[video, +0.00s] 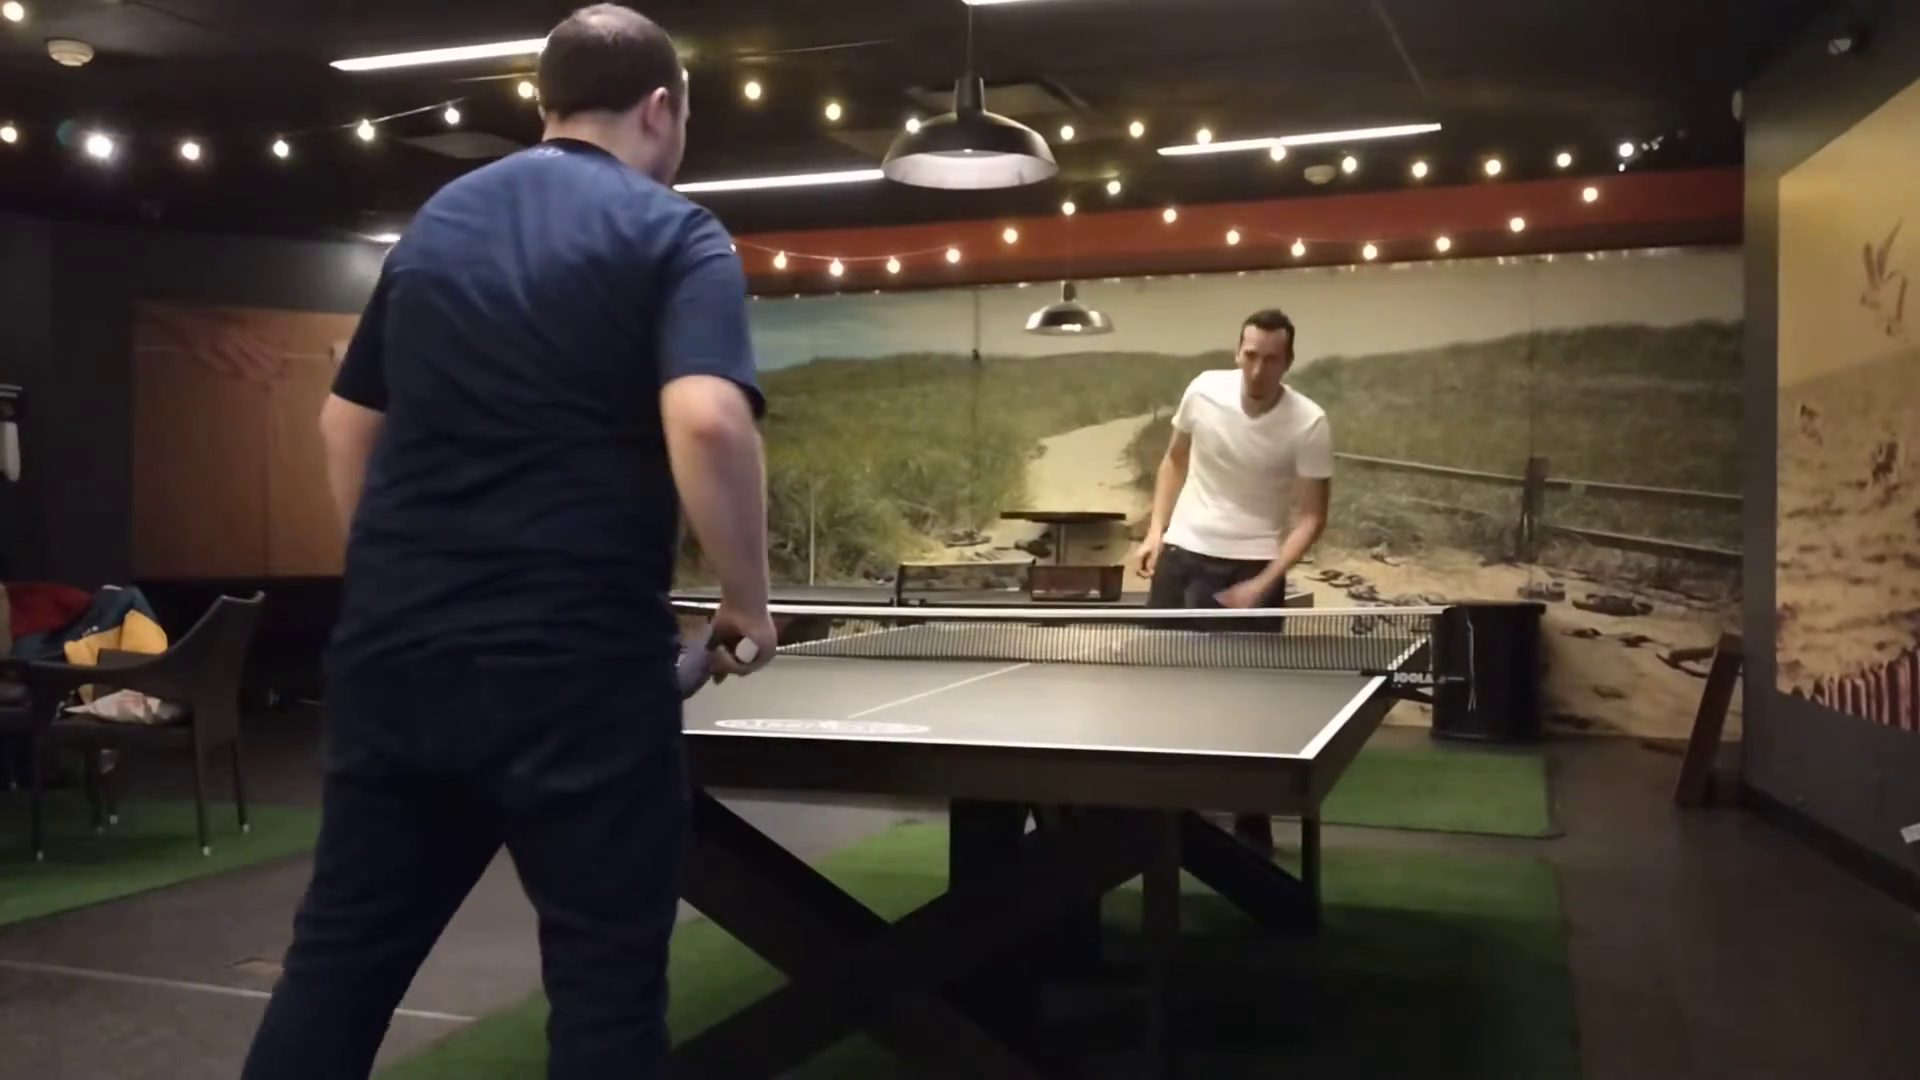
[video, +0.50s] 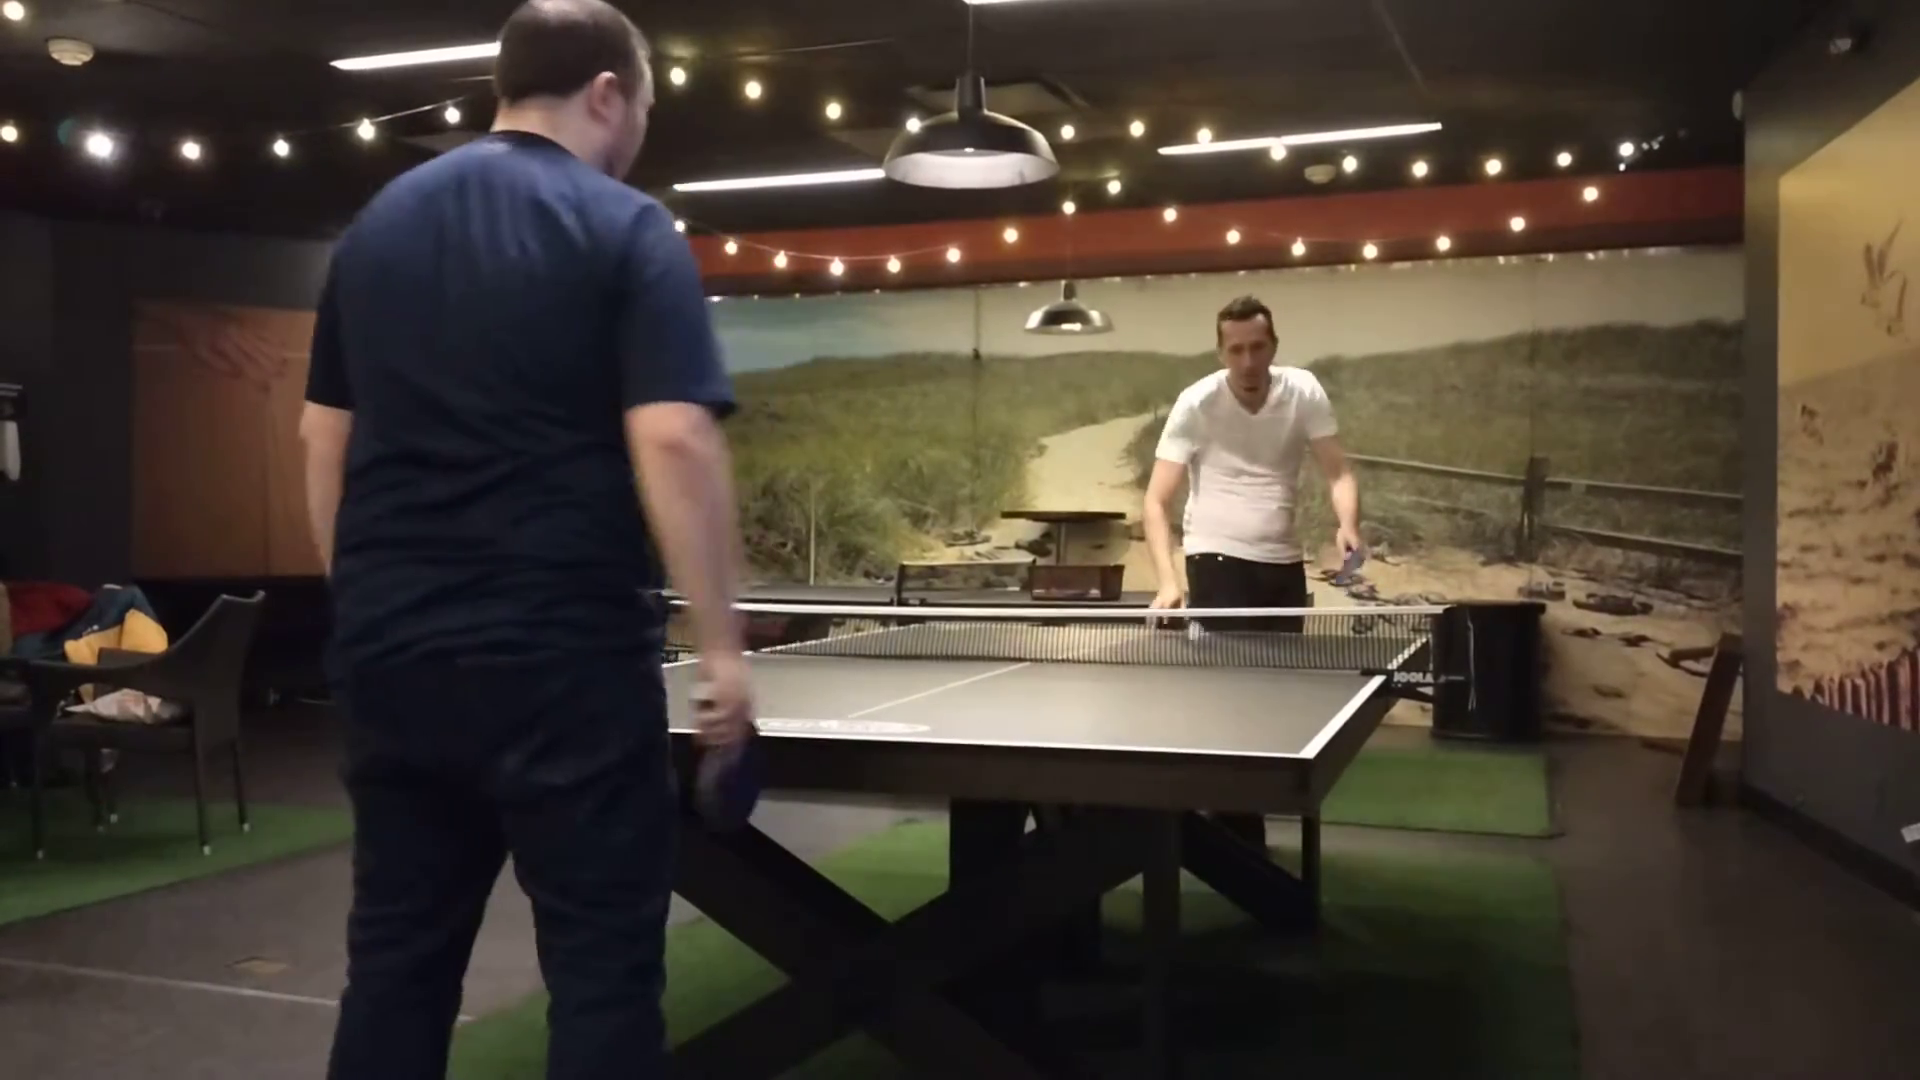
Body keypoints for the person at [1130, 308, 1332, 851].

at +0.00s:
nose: (1256, 369)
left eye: (1269, 360)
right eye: (1250, 356)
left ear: (1288, 362)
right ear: (1237, 352)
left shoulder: (1307, 422)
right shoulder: (1205, 390)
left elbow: (1310, 517)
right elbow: (1175, 460)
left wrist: (1264, 582)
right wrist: (1156, 532)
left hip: (1252, 574)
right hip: (1180, 563)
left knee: (1248, 704)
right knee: (1164, 691)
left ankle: (1252, 837)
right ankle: (1159, 823)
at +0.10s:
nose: (1259, 357)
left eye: (1271, 347)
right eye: (1251, 345)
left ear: (1291, 351)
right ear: (1238, 343)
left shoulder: (1312, 416)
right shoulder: (1202, 390)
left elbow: (1320, 513)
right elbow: (1167, 461)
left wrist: (1299, 592)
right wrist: (1154, 533)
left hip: (1265, 568)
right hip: (1191, 560)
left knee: (1256, 698)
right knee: (1186, 690)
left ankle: (1252, 830)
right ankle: (1184, 824)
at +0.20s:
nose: (1260, 352)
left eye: (1271, 342)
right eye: (1251, 341)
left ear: (1289, 346)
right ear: (1237, 341)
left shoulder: (1314, 409)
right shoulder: (1201, 392)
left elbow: (1328, 505)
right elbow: (1156, 465)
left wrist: (1323, 585)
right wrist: (1152, 538)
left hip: (1273, 565)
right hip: (1201, 559)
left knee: (1264, 693)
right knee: (1206, 686)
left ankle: (1253, 825)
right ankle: (1201, 822)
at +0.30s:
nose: (1257, 355)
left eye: (1268, 343)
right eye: (1247, 343)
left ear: (1285, 345)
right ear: (1232, 344)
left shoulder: (1312, 403)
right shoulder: (1200, 398)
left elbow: (1330, 489)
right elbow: (1150, 475)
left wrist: (1340, 557)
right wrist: (1156, 552)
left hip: (1277, 565)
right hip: (1209, 561)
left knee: (1267, 697)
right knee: (1215, 693)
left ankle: (1251, 830)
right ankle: (1210, 827)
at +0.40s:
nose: (1255, 357)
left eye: (1266, 345)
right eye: (1244, 346)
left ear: (1281, 345)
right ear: (1228, 346)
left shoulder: (1307, 396)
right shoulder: (1199, 400)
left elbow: (1334, 479)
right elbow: (1150, 489)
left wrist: (1348, 540)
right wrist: (1164, 565)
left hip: (1280, 567)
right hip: (1214, 563)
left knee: (1269, 705)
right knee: (1220, 702)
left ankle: (1245, 839)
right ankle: (1229, 843)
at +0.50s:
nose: (1248, 361)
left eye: (1258, 348)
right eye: (1236, 350)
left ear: (1274, 346)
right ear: (1221, 350)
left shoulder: (1303, 392)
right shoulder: (1196, 403)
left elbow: (1338, 472)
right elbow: (1156, 501)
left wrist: (1348, 525)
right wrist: (1169, 580)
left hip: (1282, 568)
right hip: (1216, 565)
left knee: (1270, 706)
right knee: (1223, 703)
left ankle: (1246, 839)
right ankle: (1231, 843)